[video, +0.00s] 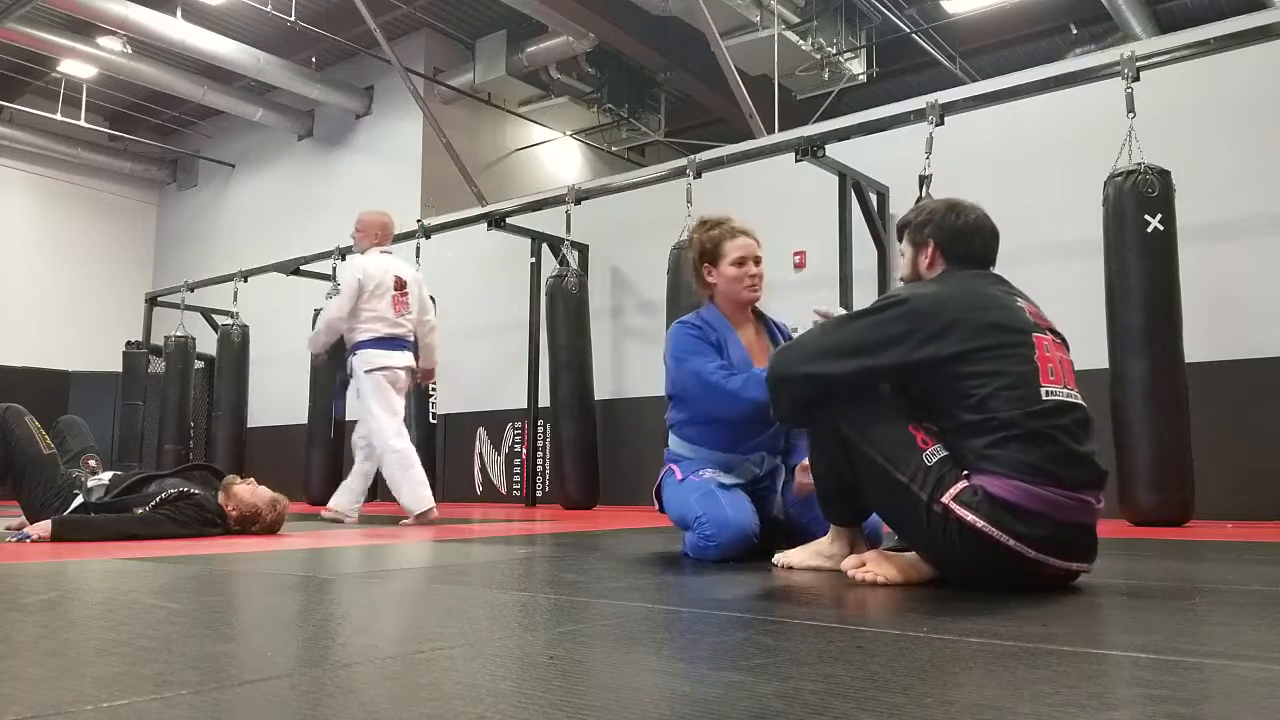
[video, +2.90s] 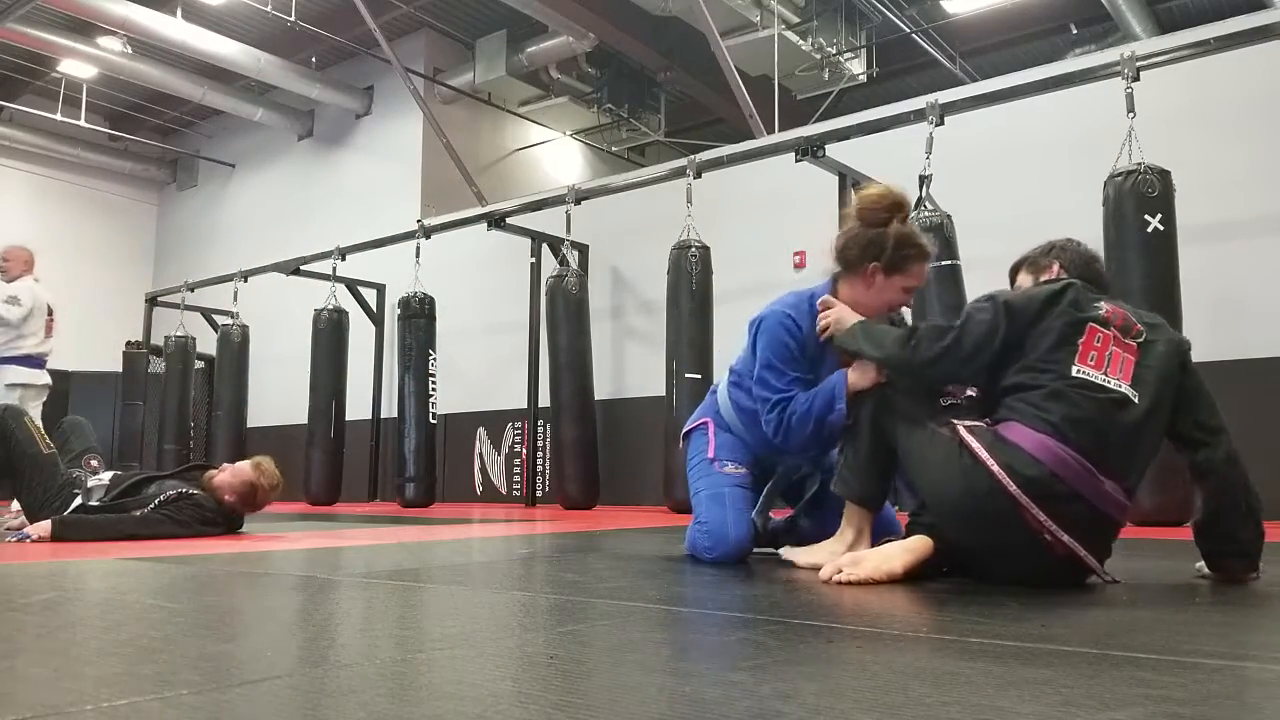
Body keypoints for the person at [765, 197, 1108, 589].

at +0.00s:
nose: (901, 270)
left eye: (904, 256)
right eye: (901, 258)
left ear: (929, 255)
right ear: (984, 258)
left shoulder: (931, 300)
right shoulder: (1023, 306)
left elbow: (788, 367)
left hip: (991, 538)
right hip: (1069, 551)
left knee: (835, 388)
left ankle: (841, 537)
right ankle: (929, 550)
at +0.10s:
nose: (908, 271)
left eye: (913, 255)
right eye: (909, 257)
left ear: (940, 252)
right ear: (994, 257)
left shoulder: (935, 300)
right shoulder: (1034, 307)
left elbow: (790, 365)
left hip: (990, 537)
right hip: (1070, 552)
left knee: (837, 389)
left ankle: (842, 537)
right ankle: (931, 551)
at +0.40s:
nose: (934, 271)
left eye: (938, 258)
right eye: (935, 260)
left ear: (965, 254)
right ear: (1019, 265)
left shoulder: (950, 298)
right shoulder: (1078, 324)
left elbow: (804, 352)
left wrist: (822, 413)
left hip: (989, 539)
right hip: (1073, 559)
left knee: (847, 386)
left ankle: (841, 541)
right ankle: (929, 553)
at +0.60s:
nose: (957, 273)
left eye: (961, 261)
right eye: (959, 263)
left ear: (985, 259)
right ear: (1043, 266)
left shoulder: (966, 299)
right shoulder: (1108, 333)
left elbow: (819, 337)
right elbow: (1175, 454)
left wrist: (834, 400)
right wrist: (1193, 551)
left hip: (984, 533)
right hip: (1070, 564)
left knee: (857, 387)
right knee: (974, 419)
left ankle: (843, 537)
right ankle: (929, 554)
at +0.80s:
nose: (979, 273)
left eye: (983, 262)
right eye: (981, 263)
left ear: (1004, 259)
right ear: (1064, 274)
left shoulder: (988, 299)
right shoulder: (1128, 342)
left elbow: (834, 335)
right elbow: (1204, 465)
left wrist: (868, 391)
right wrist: (1232, 568)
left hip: (985, 525)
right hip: (1069, 565)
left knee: (872, 382)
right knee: (991, 428)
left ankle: (844, 537)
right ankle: (930, 553)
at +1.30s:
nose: (995, 290)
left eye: (997, 281)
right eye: (998, 282)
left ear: (1018, 271)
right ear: (1082, 284)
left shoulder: (998, 298)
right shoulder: (1149, 345)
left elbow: (866, 334)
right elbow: (1217, 472)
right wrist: (1234, 569)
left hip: (980, 507)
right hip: (1064, 563)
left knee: (881, 373)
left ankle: (848, 537)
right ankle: (930, 551)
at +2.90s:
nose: (1014, 299)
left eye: (1019, 289)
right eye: (1015, 290)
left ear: (1053, 274)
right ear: (1097, 282)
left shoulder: (1037, 302)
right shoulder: (1168, 345)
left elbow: (920, 358)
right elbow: (1220, 462)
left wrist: (855, 328)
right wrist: (1233, 563)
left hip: (975, 496)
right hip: (1059, 559)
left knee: (884, 386)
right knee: (966, 543)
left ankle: (849, 535)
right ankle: (911, 551)